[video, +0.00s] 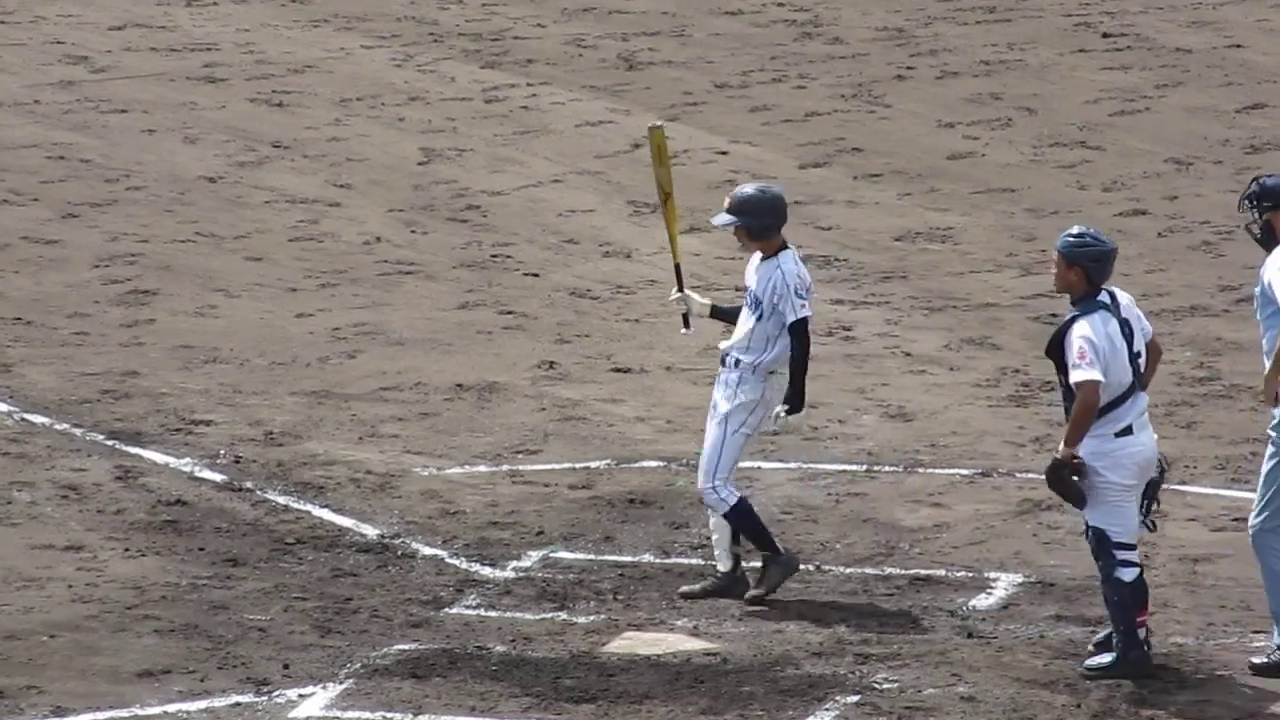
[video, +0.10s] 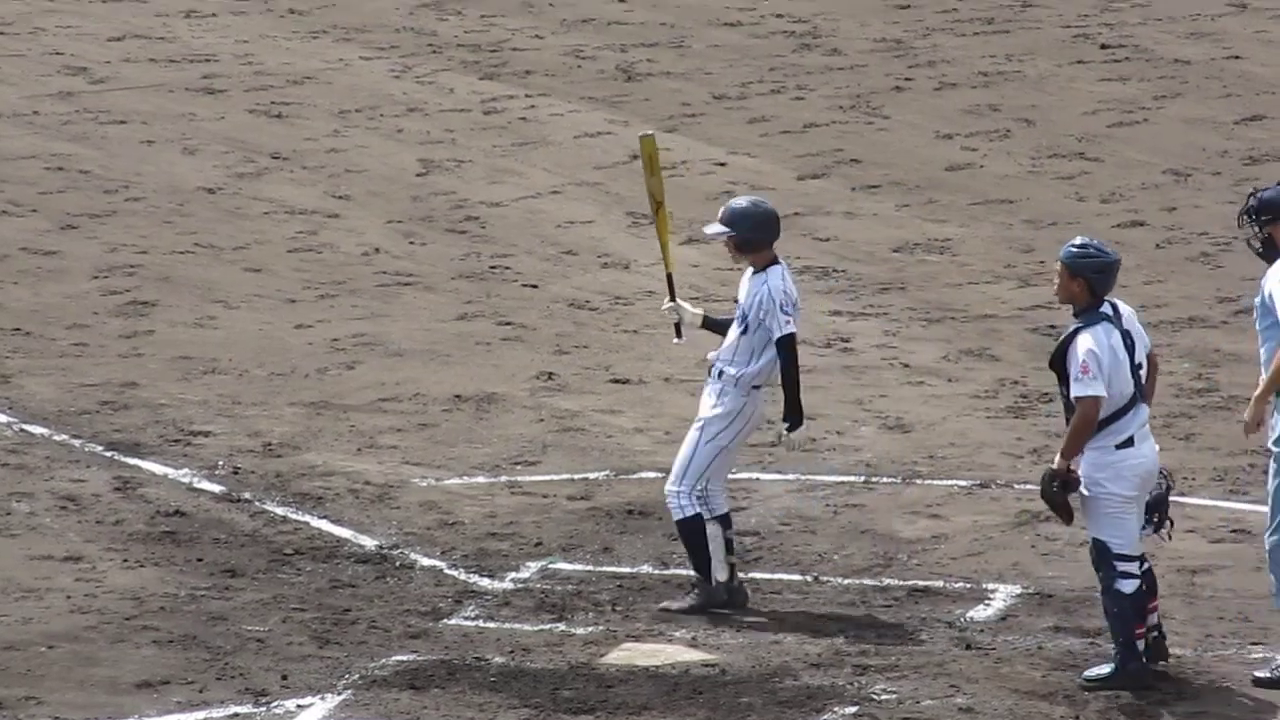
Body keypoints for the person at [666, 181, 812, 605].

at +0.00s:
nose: (735, 233)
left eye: (739, 227)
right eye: (734, 226)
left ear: (760, 227)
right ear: (762, 226)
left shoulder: (788, 273)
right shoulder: (760, 260)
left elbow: (800, 338)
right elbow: (753, 315)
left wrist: (795, 398)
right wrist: (706, 307)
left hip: (751, 387)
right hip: (731, 380)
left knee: (714, 485)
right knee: (710, 481)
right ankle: (728, 573)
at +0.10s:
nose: (725, 243)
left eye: (730, 237)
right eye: (725, 236)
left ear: (748, 239)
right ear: (761, 238)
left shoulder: (774, 287)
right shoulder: (757, 276)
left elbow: (787, 350)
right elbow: (744, 327)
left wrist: (793, 411)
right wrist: (698, 318)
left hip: (735, 399)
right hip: (726, 394)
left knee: (681, 489)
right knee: (708, 487)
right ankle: (725, 580)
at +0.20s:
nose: (722, 269)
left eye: (727, 263)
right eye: (723, 262)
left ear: (744, 268)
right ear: (760, 267)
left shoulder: (768, 316)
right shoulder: (756, 303)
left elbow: (783, 380)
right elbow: (739, 353)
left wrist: (786, 437)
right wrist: (691, 342)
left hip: (724, 425)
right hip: (728, 422)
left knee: (661, 510)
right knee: (700, 514)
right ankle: (725, 607)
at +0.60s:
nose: (719, 307)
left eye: (723, 300)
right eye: (719, 300)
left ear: (742, 300)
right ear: (751, 299)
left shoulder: (774, 341)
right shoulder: (748, 331)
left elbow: (787, 408)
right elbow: (728, 384)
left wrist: (755, 457)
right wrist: (678, 371)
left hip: (734, 455)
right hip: (723, 447)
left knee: (680, 546)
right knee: (706, 545)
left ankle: (688, 647)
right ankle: (730, 636)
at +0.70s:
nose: (723, 317)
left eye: (726, 310)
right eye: (721, 310)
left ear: (744, 307)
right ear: (742, 305)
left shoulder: (778, 339)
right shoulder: (743, 333)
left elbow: (796, 403)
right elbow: (723, 384)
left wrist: (769, 459)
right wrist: (676, 369)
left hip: (746, 454)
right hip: (725, 447)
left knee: (704, 548)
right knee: (707, 544)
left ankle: (729, 645)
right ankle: (727, 634)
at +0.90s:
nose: (728, 329)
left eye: (733, 322)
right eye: (724, 322)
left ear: (754, 315)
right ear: (724, 316)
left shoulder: (790, 341)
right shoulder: (731, 339)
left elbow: (820, 399)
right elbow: (711, 387)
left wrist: (812, 456)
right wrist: (665, 378)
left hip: (761, 462)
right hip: (728, 456)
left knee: (748, 556)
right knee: (717, 554)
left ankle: (787, 652)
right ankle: (735, 643)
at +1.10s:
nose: (744, 338)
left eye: (752, 332)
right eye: (739, 331)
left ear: (771, 325)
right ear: (733, 324)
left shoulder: (805, 350)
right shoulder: (725, 348)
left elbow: (836, 401)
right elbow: (708, 402)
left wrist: (850, 456)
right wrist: (666, 423)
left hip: (780, 466)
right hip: (737, 462)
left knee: (782, 567)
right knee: (720, 560)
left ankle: (797, 666)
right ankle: (736, 648)